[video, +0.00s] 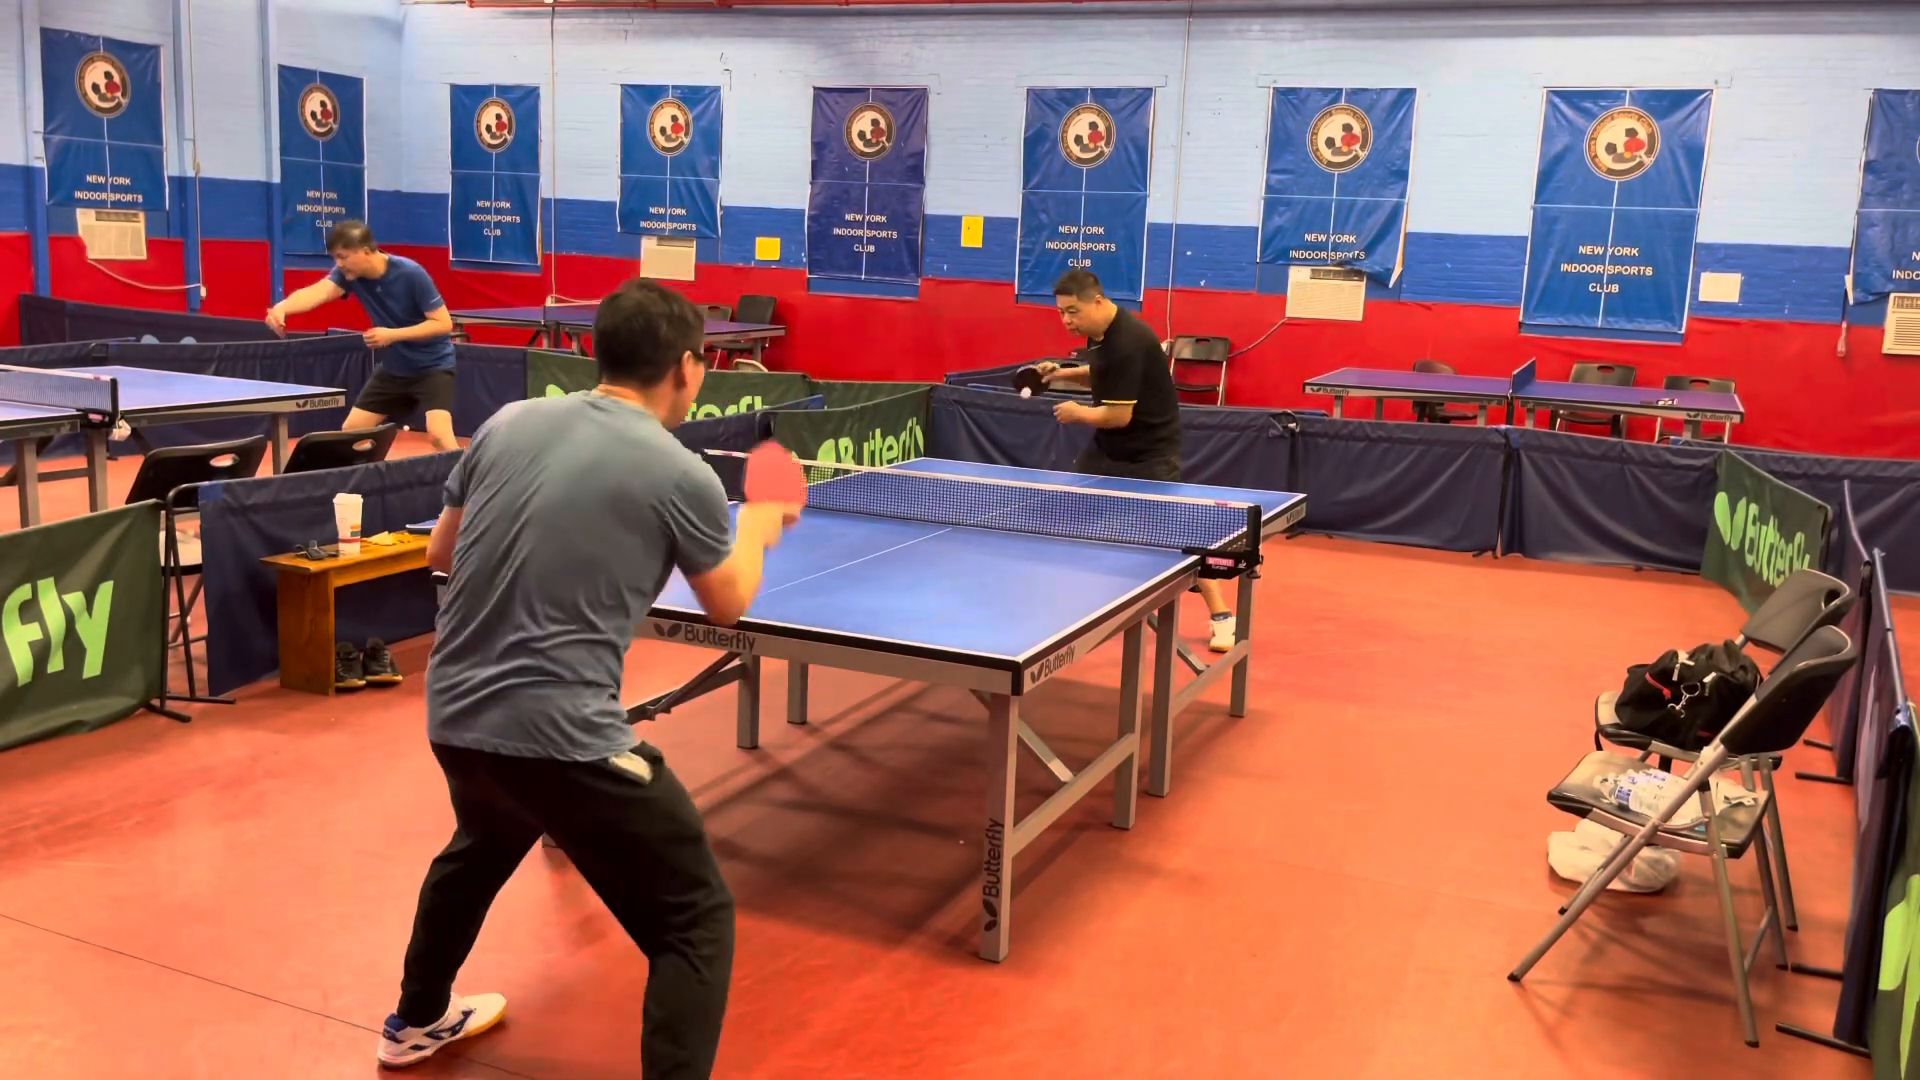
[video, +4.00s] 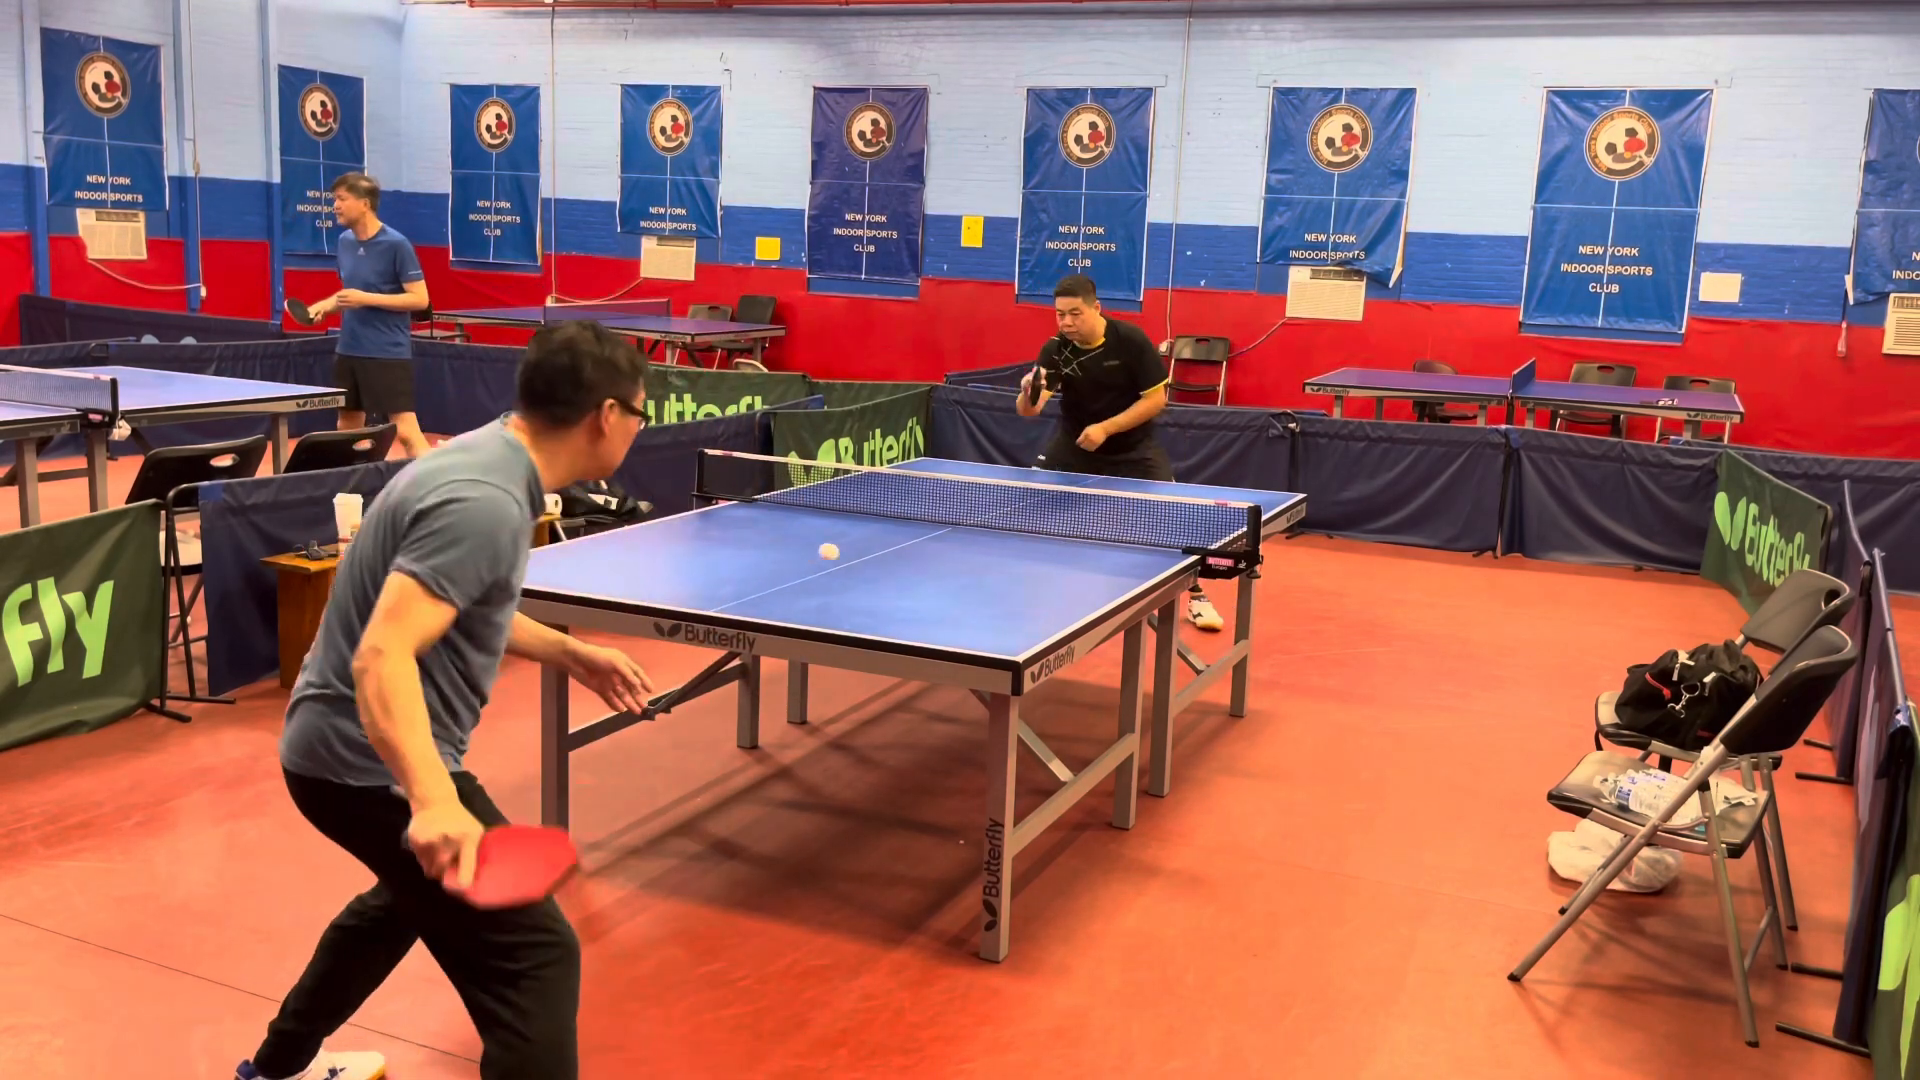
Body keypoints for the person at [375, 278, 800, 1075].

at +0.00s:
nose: (700, 377)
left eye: (701, 363)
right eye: (700, 362)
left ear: (604, 357)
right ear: (681, 367)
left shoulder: (508, 422)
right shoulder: (678, 471)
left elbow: (441, 554)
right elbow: (728, 600)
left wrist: (534, 538)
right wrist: (764, 518)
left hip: (457, 722)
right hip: (567, 737)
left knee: (487, 839)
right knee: (695, 918)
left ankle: (417, 1018)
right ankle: (675, 1073)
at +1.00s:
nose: (723, 381)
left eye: (722, 365)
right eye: (722, 366)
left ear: (626, 357)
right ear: (705, 368)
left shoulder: (521, 410)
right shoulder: (683, 475)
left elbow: (443, 523)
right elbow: (664, 644)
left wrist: (536, 559)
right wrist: (732, 677)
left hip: (437, 695)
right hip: (540, 718)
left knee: (468, 845)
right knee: (650, 927)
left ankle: (402, 1026)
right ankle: (646, 1072)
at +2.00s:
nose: (752, 412)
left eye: (754, 395)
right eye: (752, 395)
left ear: (657, 378)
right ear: (730, 396)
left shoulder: (581, 424)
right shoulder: (658, 484)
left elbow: (534, 556)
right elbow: (588, 649)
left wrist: (614, 630)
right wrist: (660, 788)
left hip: (431, 689)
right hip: (509, 718)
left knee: (465, 861)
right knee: (619, 929)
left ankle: (398, 1028)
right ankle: (634, 1071)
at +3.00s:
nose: (743, 417)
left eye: (745, 400)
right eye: (743, 399)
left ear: (651, 385)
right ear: (718, 401)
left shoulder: (578, 436)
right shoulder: (633, 497)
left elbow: (529, 564)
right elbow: (554, 664)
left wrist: (619, 641)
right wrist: (609, 814)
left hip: (421, 711)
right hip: (484, 740)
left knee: (451, 868)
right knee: (624, 958)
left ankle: (324, 1047)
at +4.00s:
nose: (635, 432)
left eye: (638, 414)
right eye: (635, 414)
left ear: (541, 398)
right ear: (603, 416)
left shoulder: (481, 466)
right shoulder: (483, 505)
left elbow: (466, 608)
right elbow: (382, 659)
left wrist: (571, 653)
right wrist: (435, 798)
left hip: (357, 748)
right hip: (368, 771)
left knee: (418, 892)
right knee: (535, 952)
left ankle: (279, 1062)